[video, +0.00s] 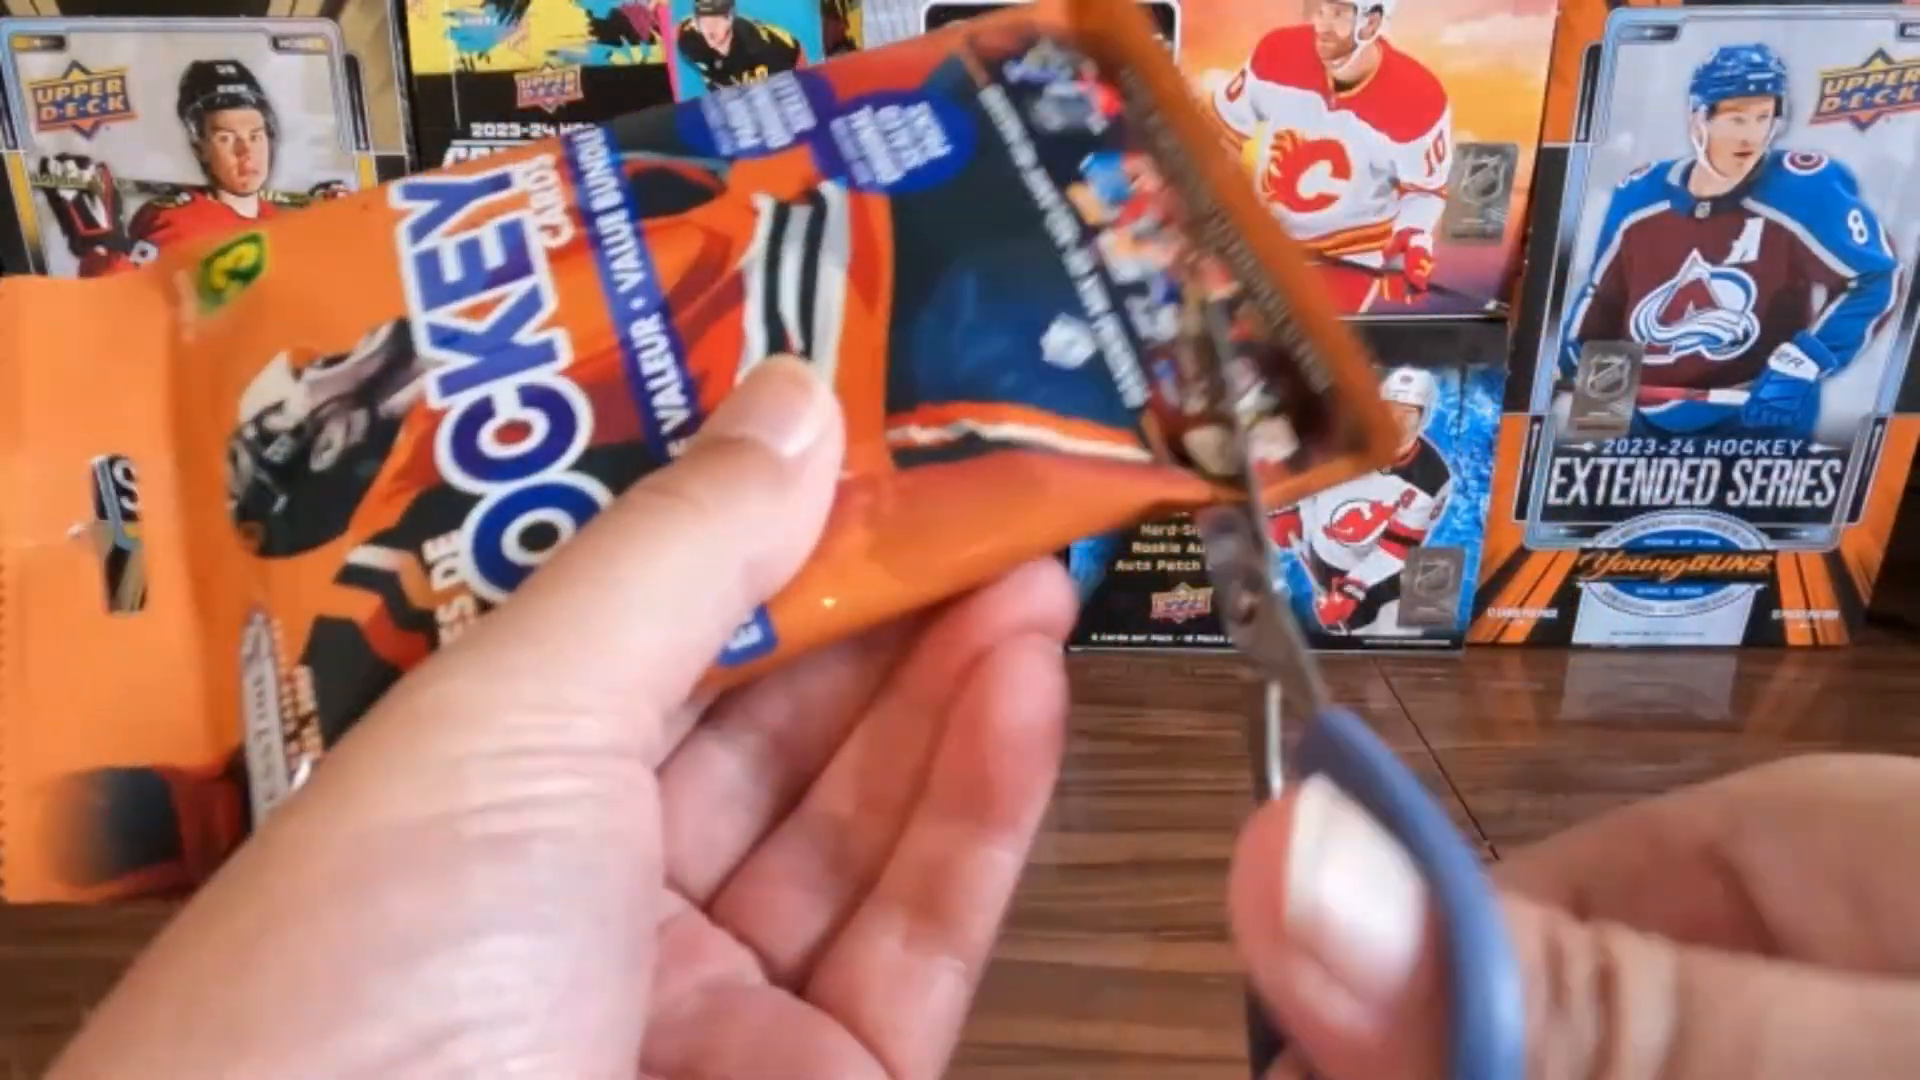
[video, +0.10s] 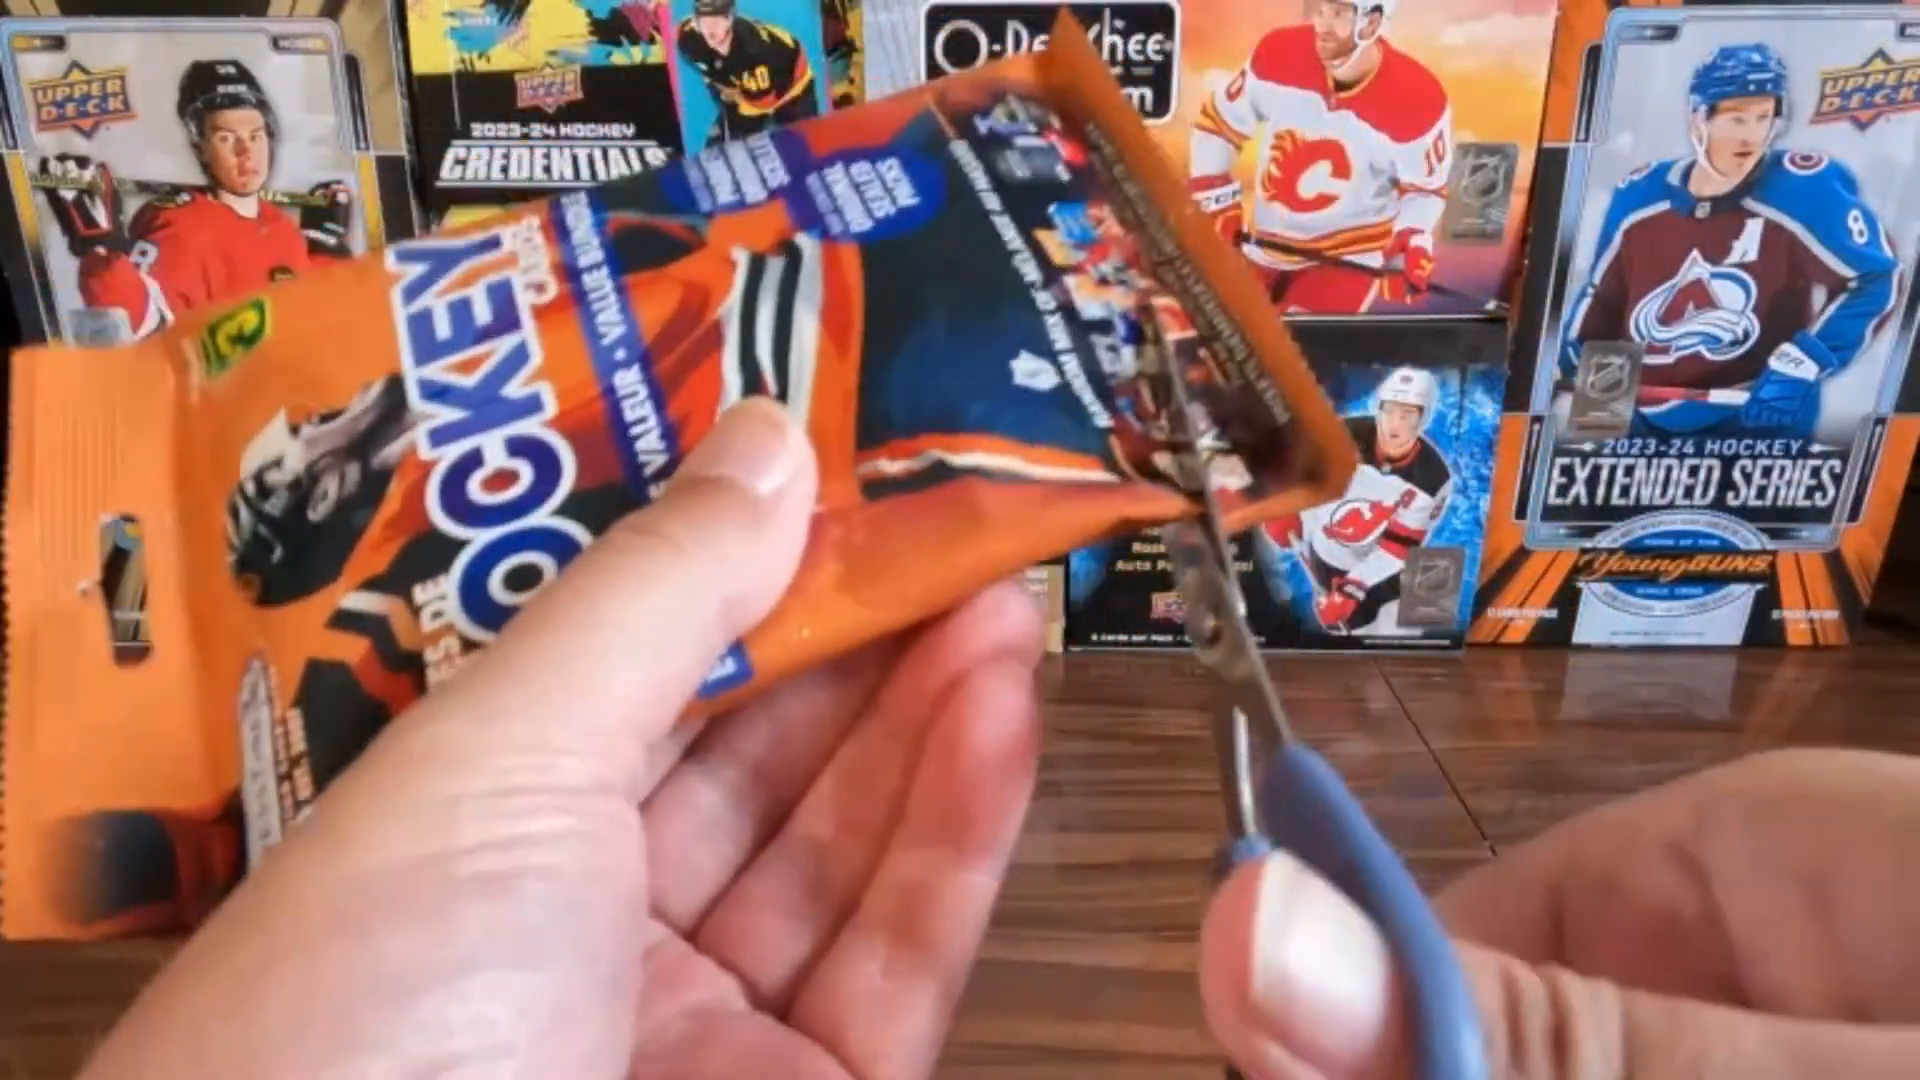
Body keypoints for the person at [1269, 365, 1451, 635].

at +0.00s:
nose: (1397, 419)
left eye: (1407, 412)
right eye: (1391, 409)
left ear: (1422, 417)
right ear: (1379, 409)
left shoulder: (1431, 474)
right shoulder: (1343, 448)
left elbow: (1397, 546)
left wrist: (1353, 588)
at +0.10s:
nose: (1394, 425)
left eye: (1406, 415)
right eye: (1388, 412)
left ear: (1422, 420)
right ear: (1378, 411)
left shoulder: (1433, 477)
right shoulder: (1342, 436)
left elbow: (1397, 547)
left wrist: (1353, 590)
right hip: (1317, 552)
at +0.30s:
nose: (1394, 424)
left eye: (1406, 416)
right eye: (1389, 412)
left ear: (1422, 420)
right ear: (1377, 411)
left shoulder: (1434, 478)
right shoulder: (1340, 435)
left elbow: (1397, 547)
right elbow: (1280, 456)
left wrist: (1353, 590)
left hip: (1378, 572)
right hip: (1318, 554)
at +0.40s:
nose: (1394, 425)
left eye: (1405, 416)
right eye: (1388, 412)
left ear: (1422, 420)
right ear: (1377, 412)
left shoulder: (1435, 477)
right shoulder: (1338, 436)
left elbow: (1396, 548)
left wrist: (1352, 590)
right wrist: (1322, 586)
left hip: (1380, 568)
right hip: (1321, 553)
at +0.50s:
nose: (1394, 425)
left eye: (1406, 416)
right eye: (1389, 413)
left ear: (1422, 420)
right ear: (1377, 412)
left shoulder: (1434, 477)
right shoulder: (1340, 435)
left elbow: (1396, 548)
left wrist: (1352, 591)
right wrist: (1324, 576)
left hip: (1375, 571)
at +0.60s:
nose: (1394, 424)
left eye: (1406, 416)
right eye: (1389, 412)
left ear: (1422, 420)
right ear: (1378, 411)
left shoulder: (1434, 478)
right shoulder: (1341, 435)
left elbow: (1396, 547)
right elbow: (1288, 450)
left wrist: (1352, 589)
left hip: (1374, 570)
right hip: (1313, 552)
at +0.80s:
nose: (1394, 426)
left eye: (1405, 417)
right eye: (1388, 413)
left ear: (1422, 421)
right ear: (1377, 412)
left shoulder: (1435, 478)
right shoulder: (1340, 435)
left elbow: (1397, 550)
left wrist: (1356, 585)